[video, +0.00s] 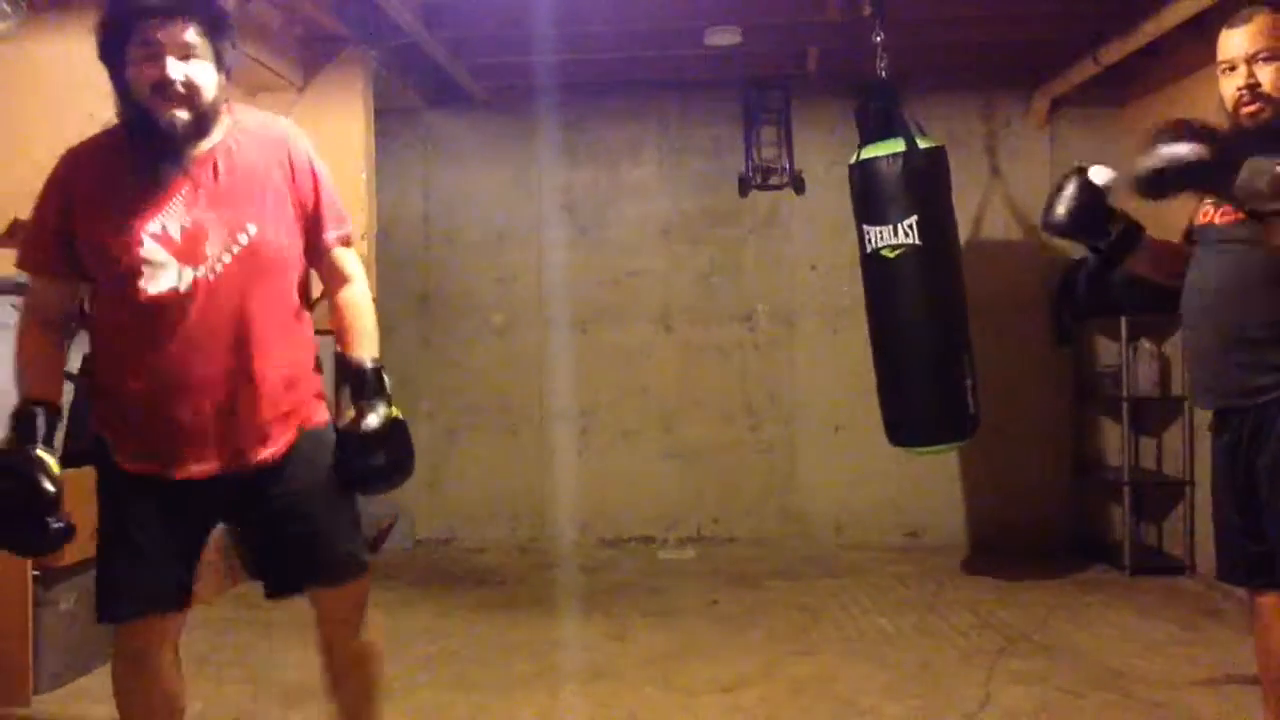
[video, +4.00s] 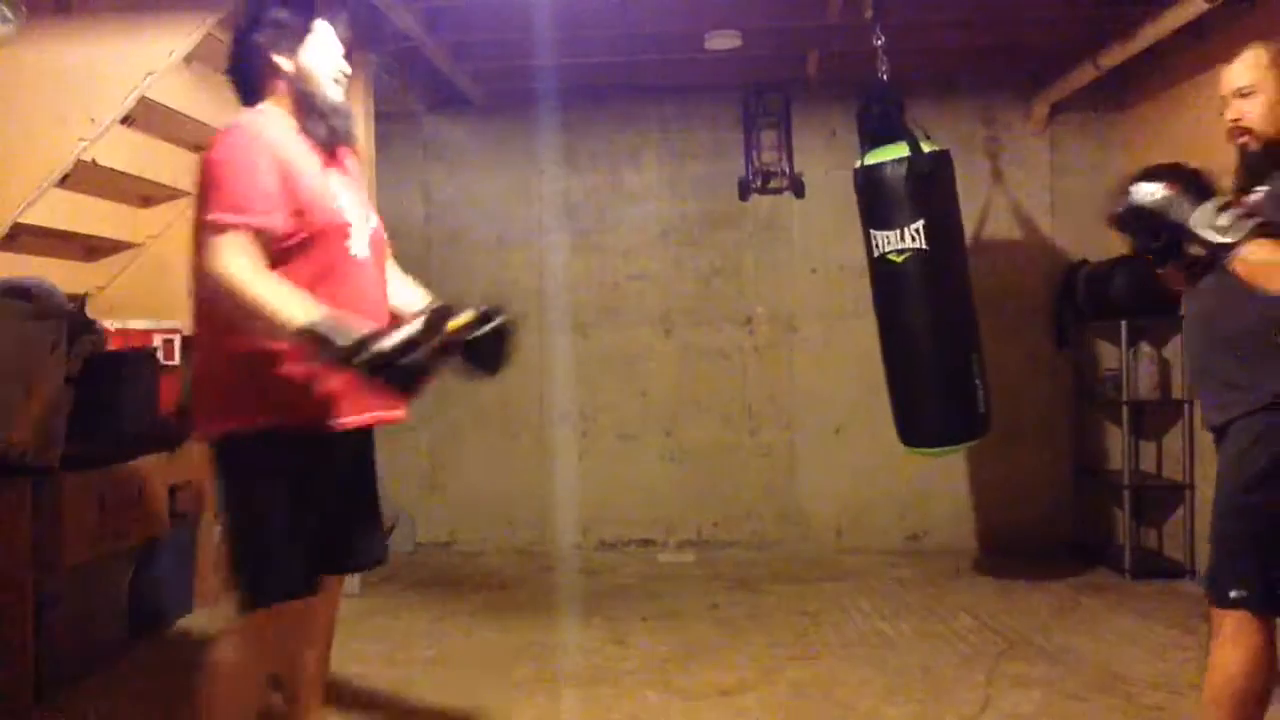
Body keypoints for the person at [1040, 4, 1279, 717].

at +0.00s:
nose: (1245, 80)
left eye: (1262, 61)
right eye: (1229, 69)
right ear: (1215, 83)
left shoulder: (1273, 164)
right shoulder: (1223, 170)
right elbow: (1196, 273)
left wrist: (1231, 173)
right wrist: (1114, 233)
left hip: (1275, 407)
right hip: (1236, 411)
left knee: (1271, 589)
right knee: (1262, 589)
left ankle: (1270, 704)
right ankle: (1270, 709)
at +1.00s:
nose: (1197, 123)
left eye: (1210, 99)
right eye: (1183, 109)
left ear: (1258, 84)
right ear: (1173, 111)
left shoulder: (1277, 166)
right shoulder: (1196, 176)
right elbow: (1184, 273)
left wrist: (1275, 337)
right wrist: (1163, 338)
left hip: (1279, 412)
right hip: (1236, 411)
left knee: (1271, 580)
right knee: (1259, 573)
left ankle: (1275, 689)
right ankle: (1274, 686)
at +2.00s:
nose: (1174, 129)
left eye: (1188, 108)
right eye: (1160, 117)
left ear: (1230, 98)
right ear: (1151, 122)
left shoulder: (1258, 164)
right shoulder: (1199, 184)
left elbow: (1256, 288)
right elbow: (1182, 305)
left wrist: (1166, 248)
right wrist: (1128, 270)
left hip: (1249, 421)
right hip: (1218, 422)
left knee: (1241, 605)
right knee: (1245, 601)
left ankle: (1236, 716)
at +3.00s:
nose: (1154, 117)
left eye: (1170, 94)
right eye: (1142, 103)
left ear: (1221, 83)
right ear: (1136, 107)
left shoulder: (1256, 152)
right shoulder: (1184, 168)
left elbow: (1255, 286)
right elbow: (1155, 289)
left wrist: (1144, 240)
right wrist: (1100, 253)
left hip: (1248, 414)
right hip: (1213, 415)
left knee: (1241, 609)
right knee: (1242, 604)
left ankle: (1235, 714)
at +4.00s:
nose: (1231, 115)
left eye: (1245, 95)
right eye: (1225, 102)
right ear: (1223, 110)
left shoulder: (1273, 195)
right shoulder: (1250, 196)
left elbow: (1279, 278)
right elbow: (1218, 288)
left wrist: (1225, 242)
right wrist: (1171, 253)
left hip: (1264, 424)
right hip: (1241, 423)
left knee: (1238, 605)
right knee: (1243, 603)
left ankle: (1226, 712)